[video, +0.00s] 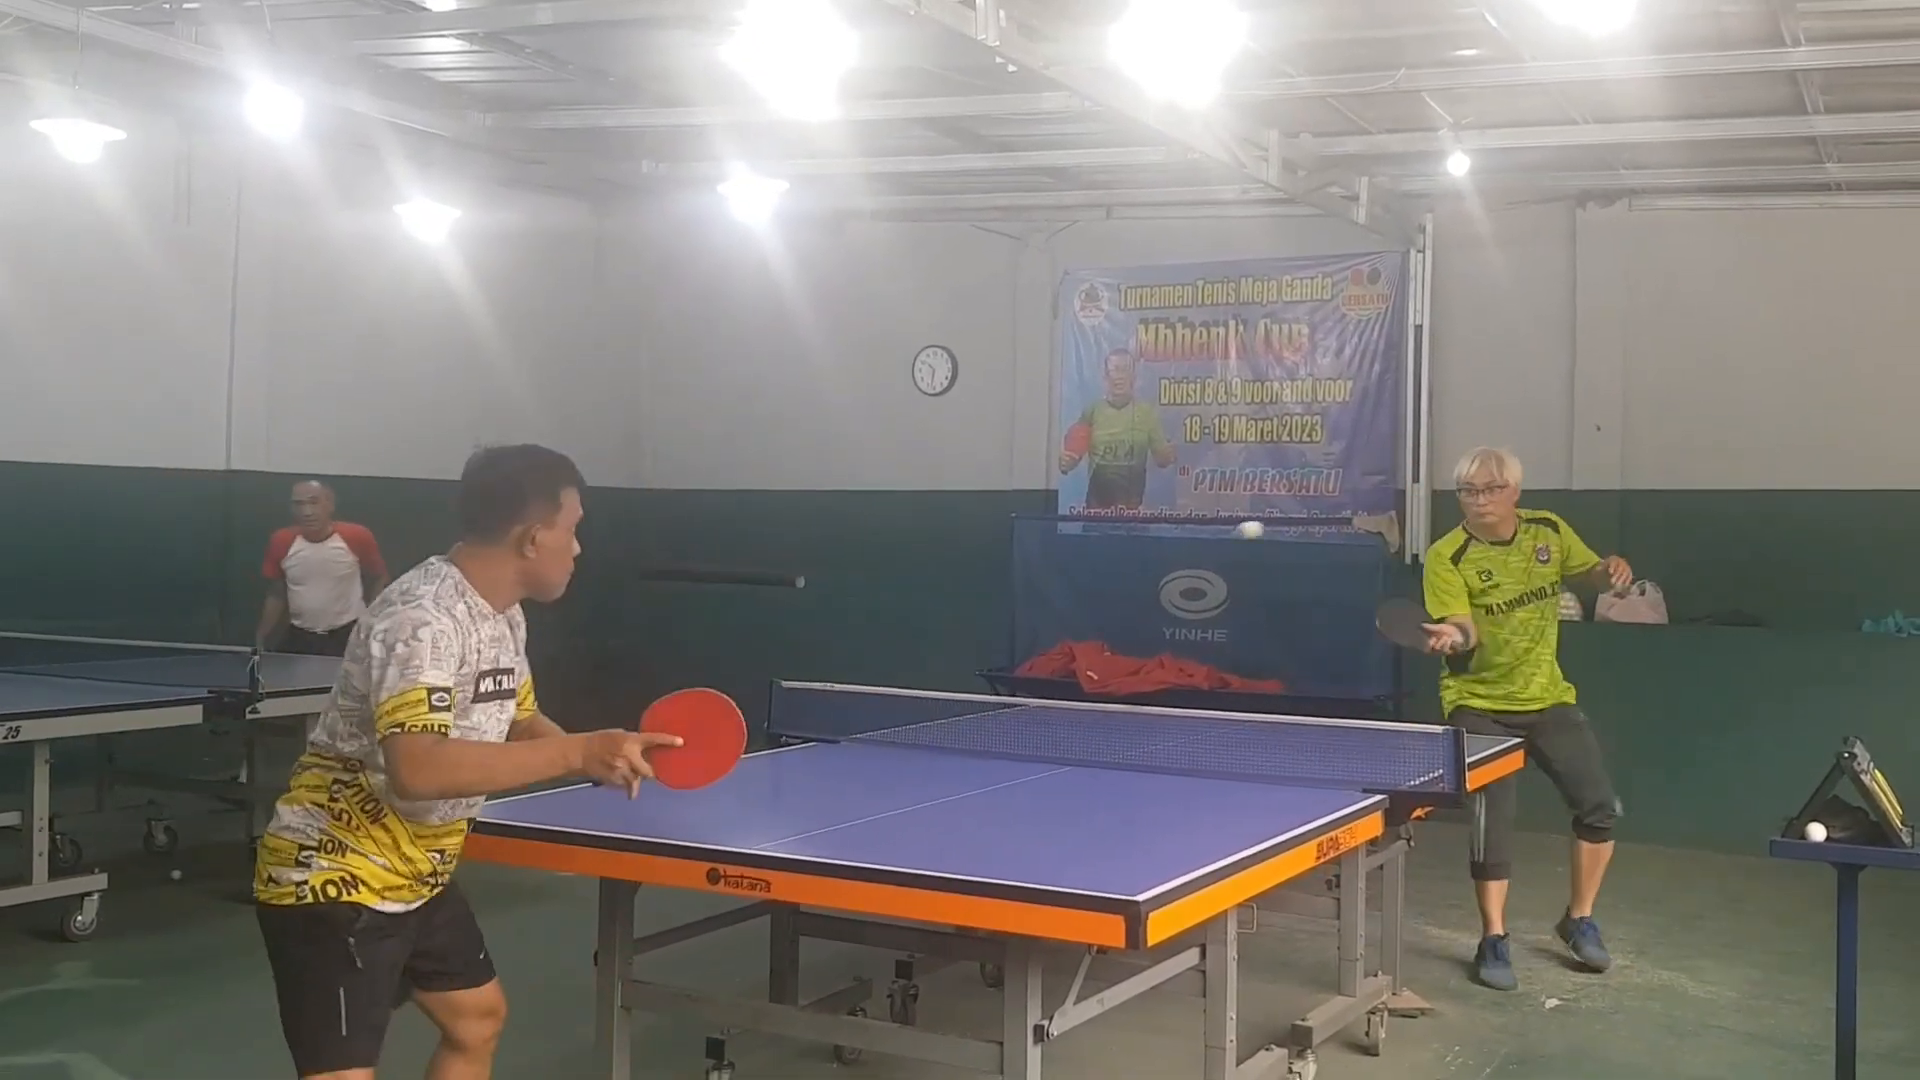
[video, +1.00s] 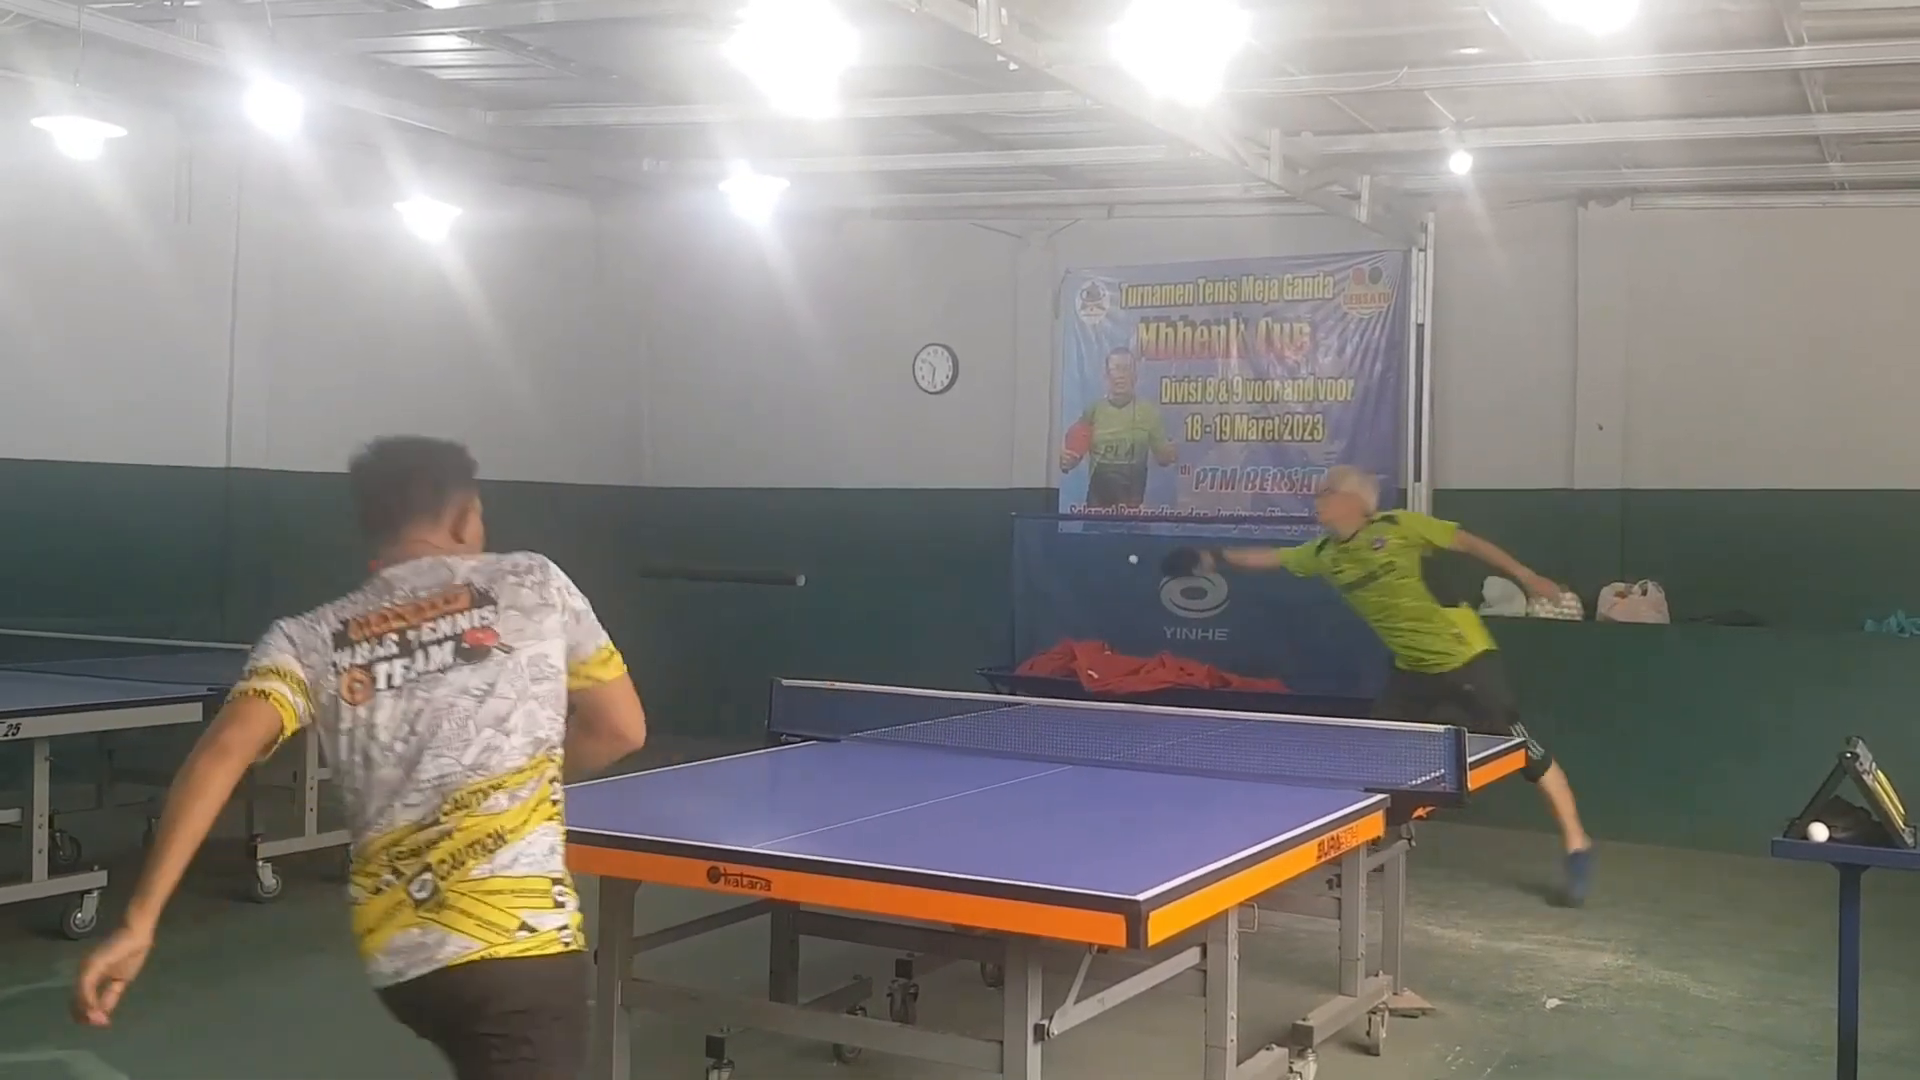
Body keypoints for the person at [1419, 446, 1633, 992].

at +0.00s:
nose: (1477, 499)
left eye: (1489, 489)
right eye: (1468, 490)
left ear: (1516, 493)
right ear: (1459, 495)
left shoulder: (1549, 532)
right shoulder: (1445, 557)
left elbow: (1594, 578)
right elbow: (1462, 629)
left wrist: (1615, 571)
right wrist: (1452, 634)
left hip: (1547, 698)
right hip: (1478, 703)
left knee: (1599, 806)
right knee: (1491, 814)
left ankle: (1580, 919)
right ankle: (1494, 938)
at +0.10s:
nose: (1481, 501)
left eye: (1493, 490)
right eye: (1473, 491)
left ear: (1519, 492)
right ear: (1463, 495)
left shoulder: (1557, 534)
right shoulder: (1444, 552)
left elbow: (1607, 584)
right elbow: (1444, 627)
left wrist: (1614, 604)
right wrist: (1435, 643)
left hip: (1540, 686)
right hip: (1468, 689)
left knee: (1563, 798)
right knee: (1466, 794)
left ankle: (1577, 929)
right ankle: (1468, 929)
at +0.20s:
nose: (1476, 513)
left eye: (1488, 503)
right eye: (1468, 504)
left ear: (1514, 507)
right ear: (1459, 509)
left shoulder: (1553, 551)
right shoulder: (1441, 564)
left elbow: (1608, 603)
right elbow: (1430, 636)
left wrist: (1619, 657)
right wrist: (1411, 656)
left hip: (1535, 701)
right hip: (1459, 700)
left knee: (1561, 809)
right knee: (1428, 795)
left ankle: (1576, 929)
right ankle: (1415, 910)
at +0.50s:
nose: (1420, 531)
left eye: (1431, 522)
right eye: (1411, 522)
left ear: (1454, 524)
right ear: (1401, 526)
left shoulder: (1491, 561)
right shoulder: (1384, 576)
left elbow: (1540, 605)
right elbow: (1360, 641)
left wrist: (1568, 648)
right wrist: (1333, 666)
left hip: (1483, 699)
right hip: (1409, 702)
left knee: (1535, 792)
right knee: (1362, 781)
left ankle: (1564, 908)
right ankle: (1345, 871)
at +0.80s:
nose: (1398, 514)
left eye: (1408, 505)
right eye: (1395, 506)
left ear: (1439, 506)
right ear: (1395, 510)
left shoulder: (1483, 541)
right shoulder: (1395, 561)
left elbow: (1536, 583)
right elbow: (1383, 624)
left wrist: (1545, 592)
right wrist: (1333, 650)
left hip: (1492, 692)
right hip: (1423, 691)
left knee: (1531, 788)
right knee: (1374, 765)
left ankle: (1552, 874)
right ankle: (1358, 859)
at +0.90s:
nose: (1360, 501)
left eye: (1369, 492)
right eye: (1361, 493)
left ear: (1398, 496)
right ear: (1376, 500)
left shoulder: (1449, 528)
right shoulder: (1367, 557)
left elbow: (1511, 557)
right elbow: (1323, 601)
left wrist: (1551, 586)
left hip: (1487, 678)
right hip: (1422, 680)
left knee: (1526, 779)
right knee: (1375, 755)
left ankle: (1554, 872)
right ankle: (1372, 849)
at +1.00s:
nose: (1319, 506)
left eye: (1329, 497)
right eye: (1319, 498)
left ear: (1360, 503)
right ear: (1326, 508)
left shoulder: (1401, 527)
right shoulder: (1322, 555)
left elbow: (1472, 545)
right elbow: (1263, 559)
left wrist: (1528, 578)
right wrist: (1212, 557)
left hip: (1467, 658)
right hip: (1412, 668)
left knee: (1522, 745)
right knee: (1374, 749)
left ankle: (1577, 841)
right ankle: (1371, 839)